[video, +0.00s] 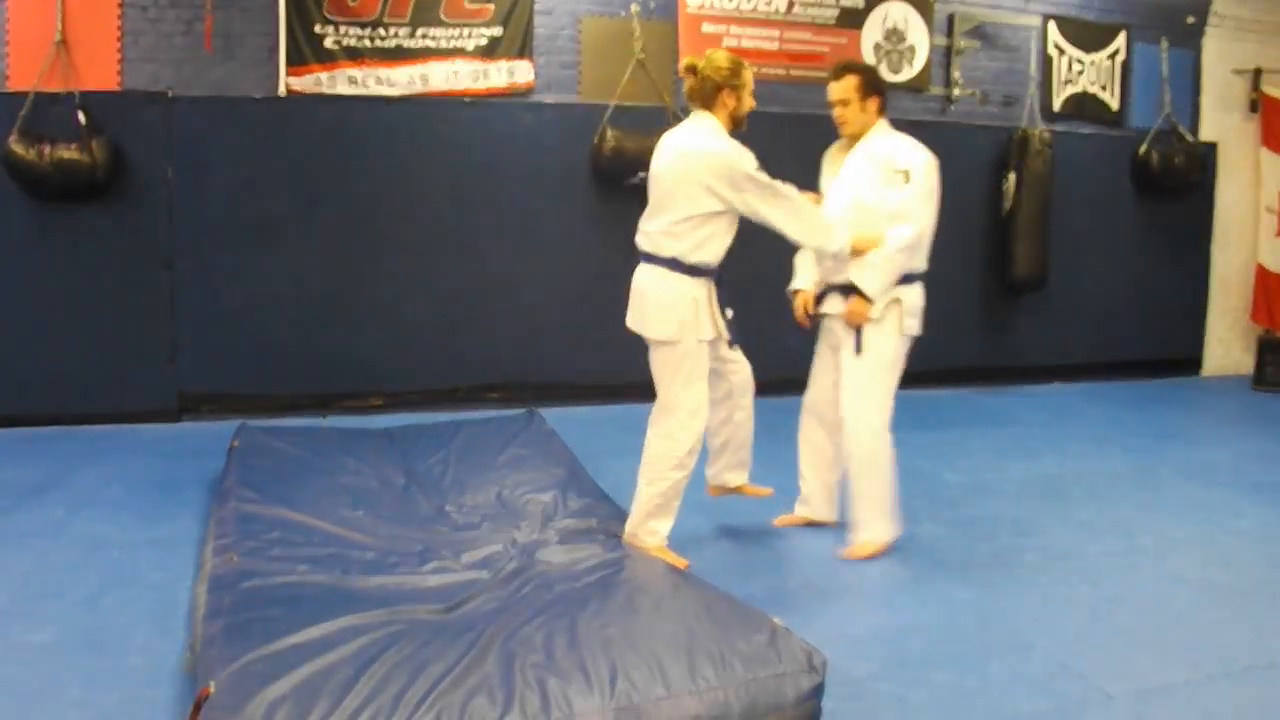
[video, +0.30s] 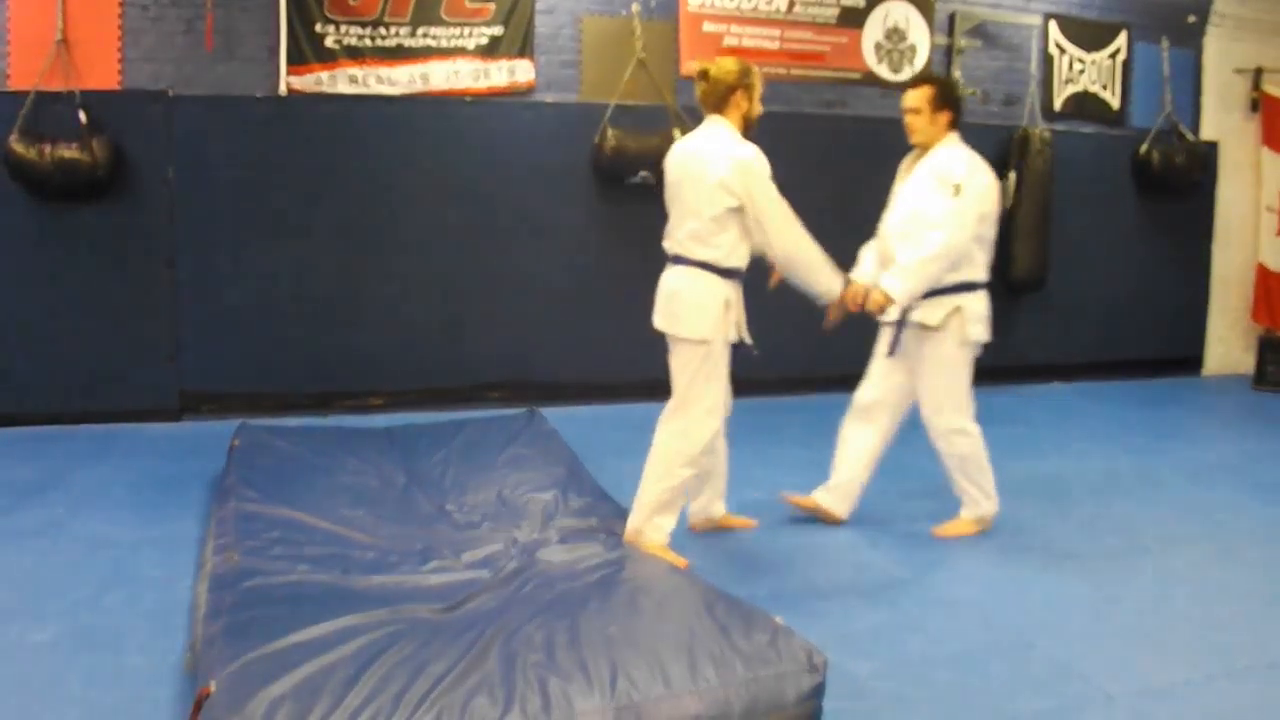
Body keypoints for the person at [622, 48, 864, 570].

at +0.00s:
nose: (753, 99)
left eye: (751, 91)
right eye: (749, 91)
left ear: (711, 95)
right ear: (727, 96)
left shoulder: (678, 138)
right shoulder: (719, 153)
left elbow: (744, 190)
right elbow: (776, 208)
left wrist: (796, 200)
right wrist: (845, 240)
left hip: (670, 283)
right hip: (678, 293)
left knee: (732, 377)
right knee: (682, 413)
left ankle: (726, 476)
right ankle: (645, 533)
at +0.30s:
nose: (758, 106)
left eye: (756, 97)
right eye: (755, 98)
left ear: (712, 99)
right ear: (740, 100)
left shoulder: (680, 150)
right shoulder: (742, 158)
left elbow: (718, 214)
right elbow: (783, 234)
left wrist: (768, 250)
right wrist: (836, 289)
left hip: (678, 284)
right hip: (707, 292)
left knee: (712, 403)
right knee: (693, 412)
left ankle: (707, 509)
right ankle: (646, 530)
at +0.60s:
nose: (796, 110)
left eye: (794, 101)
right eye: (791, 101)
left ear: (751, 104)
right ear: (773, 104)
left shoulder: (728, 148)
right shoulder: (767, 155)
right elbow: (750, 235)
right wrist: (728, 304)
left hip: (706, 277)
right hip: (737, 285)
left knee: (721, 406)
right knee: (775, 406)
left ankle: (709, 510)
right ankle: (727, 518)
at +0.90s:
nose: (813, 104)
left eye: (811, 95)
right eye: (809, 95)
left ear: (762, 101)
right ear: (792, 100)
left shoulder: (736, 151)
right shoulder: (796, 158)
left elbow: (730, 230)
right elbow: (801, 249)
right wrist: (814, 329)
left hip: (722, 284)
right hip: (762, 294)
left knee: (740, 408)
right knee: (782, 421)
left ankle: (717, 496)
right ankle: (759, 545)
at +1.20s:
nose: (804, 96)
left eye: (802, 88)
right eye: (799, 88)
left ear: (758, 97)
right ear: (781, 96)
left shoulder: (735, 147)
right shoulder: (783, 156)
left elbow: (742, 227)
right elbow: (806, 239)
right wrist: (857, 296)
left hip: (730, 281)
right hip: (768, 289)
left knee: (738, 404)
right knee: (783, 415)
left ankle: (724, 507)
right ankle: (759, 544)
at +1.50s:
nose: (797, 99)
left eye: (794, 90)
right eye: (793, 91)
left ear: (747, 96)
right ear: (777, 95)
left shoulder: (730, 150)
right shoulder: (780, 156)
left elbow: (733, 232)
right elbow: (792, 247)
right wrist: (807, 320)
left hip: (734, 278)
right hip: (767, 287)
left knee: (734, 403)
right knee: (783, 415)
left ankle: (719, 507)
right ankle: (756, 542)